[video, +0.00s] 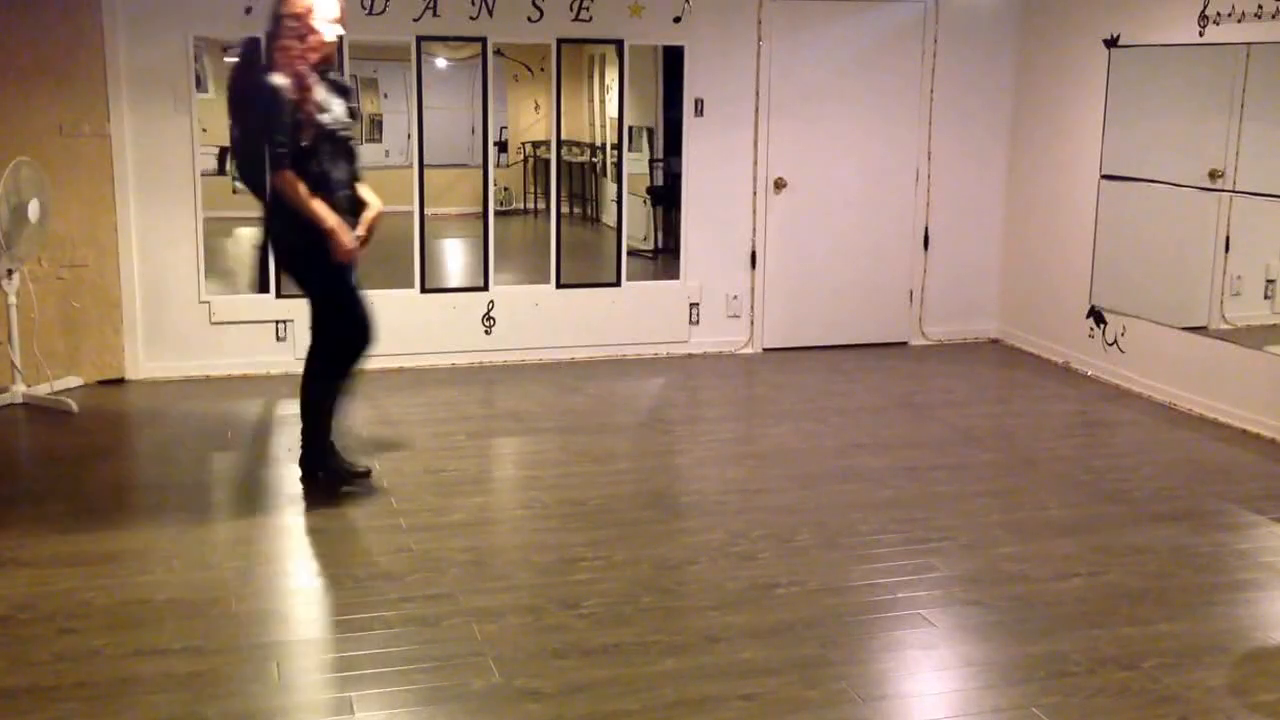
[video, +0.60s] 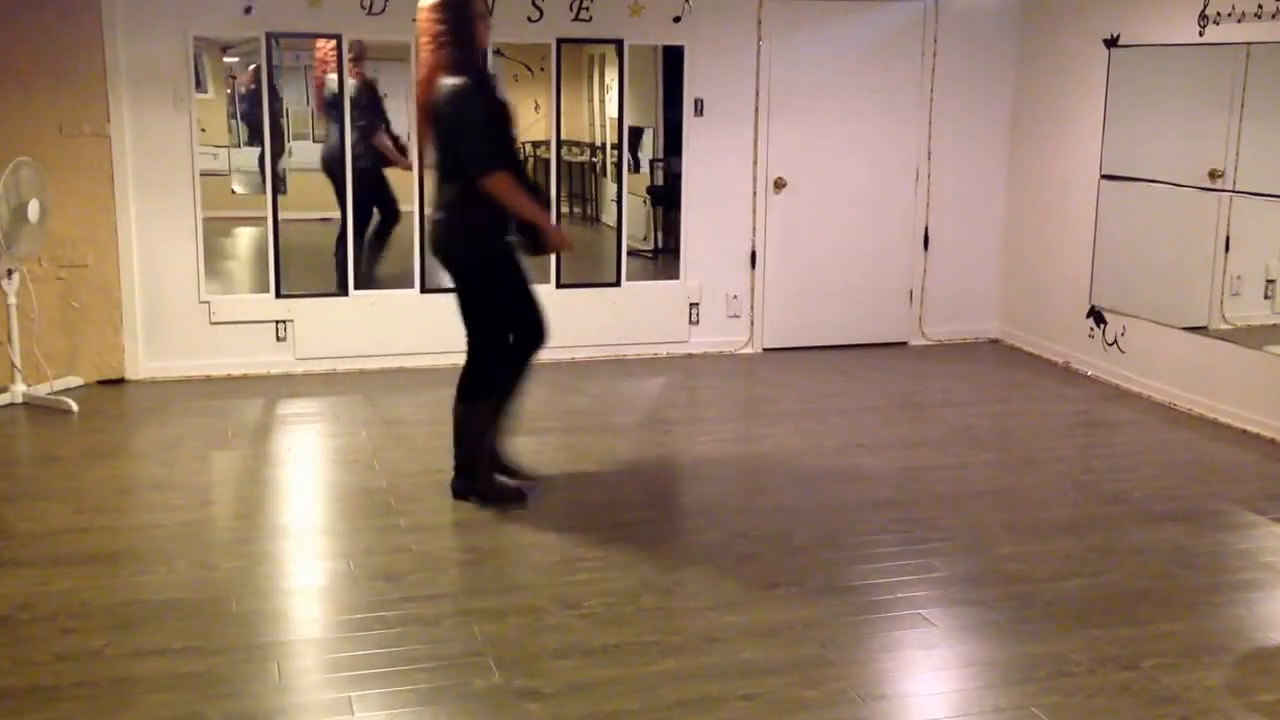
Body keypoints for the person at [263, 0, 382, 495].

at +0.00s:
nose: (303, 42)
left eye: (311, 32)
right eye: (293, 31)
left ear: (325, 37)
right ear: (277, 37)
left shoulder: (331, 88)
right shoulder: (269, 87)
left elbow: (337, 163)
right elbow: (274, 168)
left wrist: (371, 201)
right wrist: (331, 223)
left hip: (330, 227)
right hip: (297, 229)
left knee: (331, 335)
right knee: (349, 330)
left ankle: (318, 455)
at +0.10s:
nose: (325, 43)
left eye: (334, 32)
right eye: (316, 33)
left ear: (347, 41)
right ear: (306, 37)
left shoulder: (355, 93)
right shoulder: (295, 93)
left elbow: (361, 165)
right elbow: (295, 173)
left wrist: (389, 199)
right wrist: (353, 218)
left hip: (352, 232)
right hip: (318, 234)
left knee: (337, 340)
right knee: (380, 333)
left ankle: (317, 449)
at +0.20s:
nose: (369, 42)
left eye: (376, 32)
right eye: (360, 32)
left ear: (390, 38)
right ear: (347, 39)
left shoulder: (388, 96)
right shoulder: (344, 100)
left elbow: (388, 170)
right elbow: (338, 184)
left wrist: (421, 205)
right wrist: (396, 220)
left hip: (384, 236)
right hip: (360, 239)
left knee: (362, 343)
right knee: (416, 342)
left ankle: (318, 444)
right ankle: (455, 465)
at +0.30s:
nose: (415, 37)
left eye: (411, 29)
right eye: (408, 29)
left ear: (394, 37)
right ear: (389, 38)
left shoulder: (409, 96)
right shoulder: (372, 101)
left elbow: (409, 175)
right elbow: (370, 186)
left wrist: (443, 205)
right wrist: (426, 222)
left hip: (404, 233)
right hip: (385, 237)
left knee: (394, 340)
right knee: (443, 340)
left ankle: (330, 434)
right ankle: (466, 470)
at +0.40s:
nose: (437, 33)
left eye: (433, 24)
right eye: (431, 24)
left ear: (399, 32)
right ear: (417, 31)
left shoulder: (417, 89)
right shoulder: (407, 94)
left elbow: (428, 171)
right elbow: (403, 182)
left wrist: (467, 207)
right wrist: (460, 224)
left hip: (419, 231)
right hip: (417, 235)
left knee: (449, 343)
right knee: (462, 344)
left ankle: (356, 422)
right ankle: (468, 472)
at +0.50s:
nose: (469, 29)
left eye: (466, 20)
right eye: (462, 21)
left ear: (431, 31)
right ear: (442, 29)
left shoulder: (443, 85)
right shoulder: (434, 92)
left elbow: (461, 166)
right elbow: (455, 175)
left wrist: (506, 214)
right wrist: (510, 220)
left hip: (457, 234)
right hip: (450, 237)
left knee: (494, 337)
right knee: (485, 342)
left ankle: (422, 422)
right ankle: (470, 472)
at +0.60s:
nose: (489, 29)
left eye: (485, 19)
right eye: (483, 19)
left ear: (444, 30)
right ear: (470, 26)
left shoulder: (452, 86)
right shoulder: (464, 90)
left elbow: (481, 165)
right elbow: (488, 170)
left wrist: (528, 215)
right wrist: (543, 221)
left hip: (467, 230)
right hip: (473, 233)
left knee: (499, 340)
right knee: (519, 332)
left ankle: (478, 453)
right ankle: (474, 469)